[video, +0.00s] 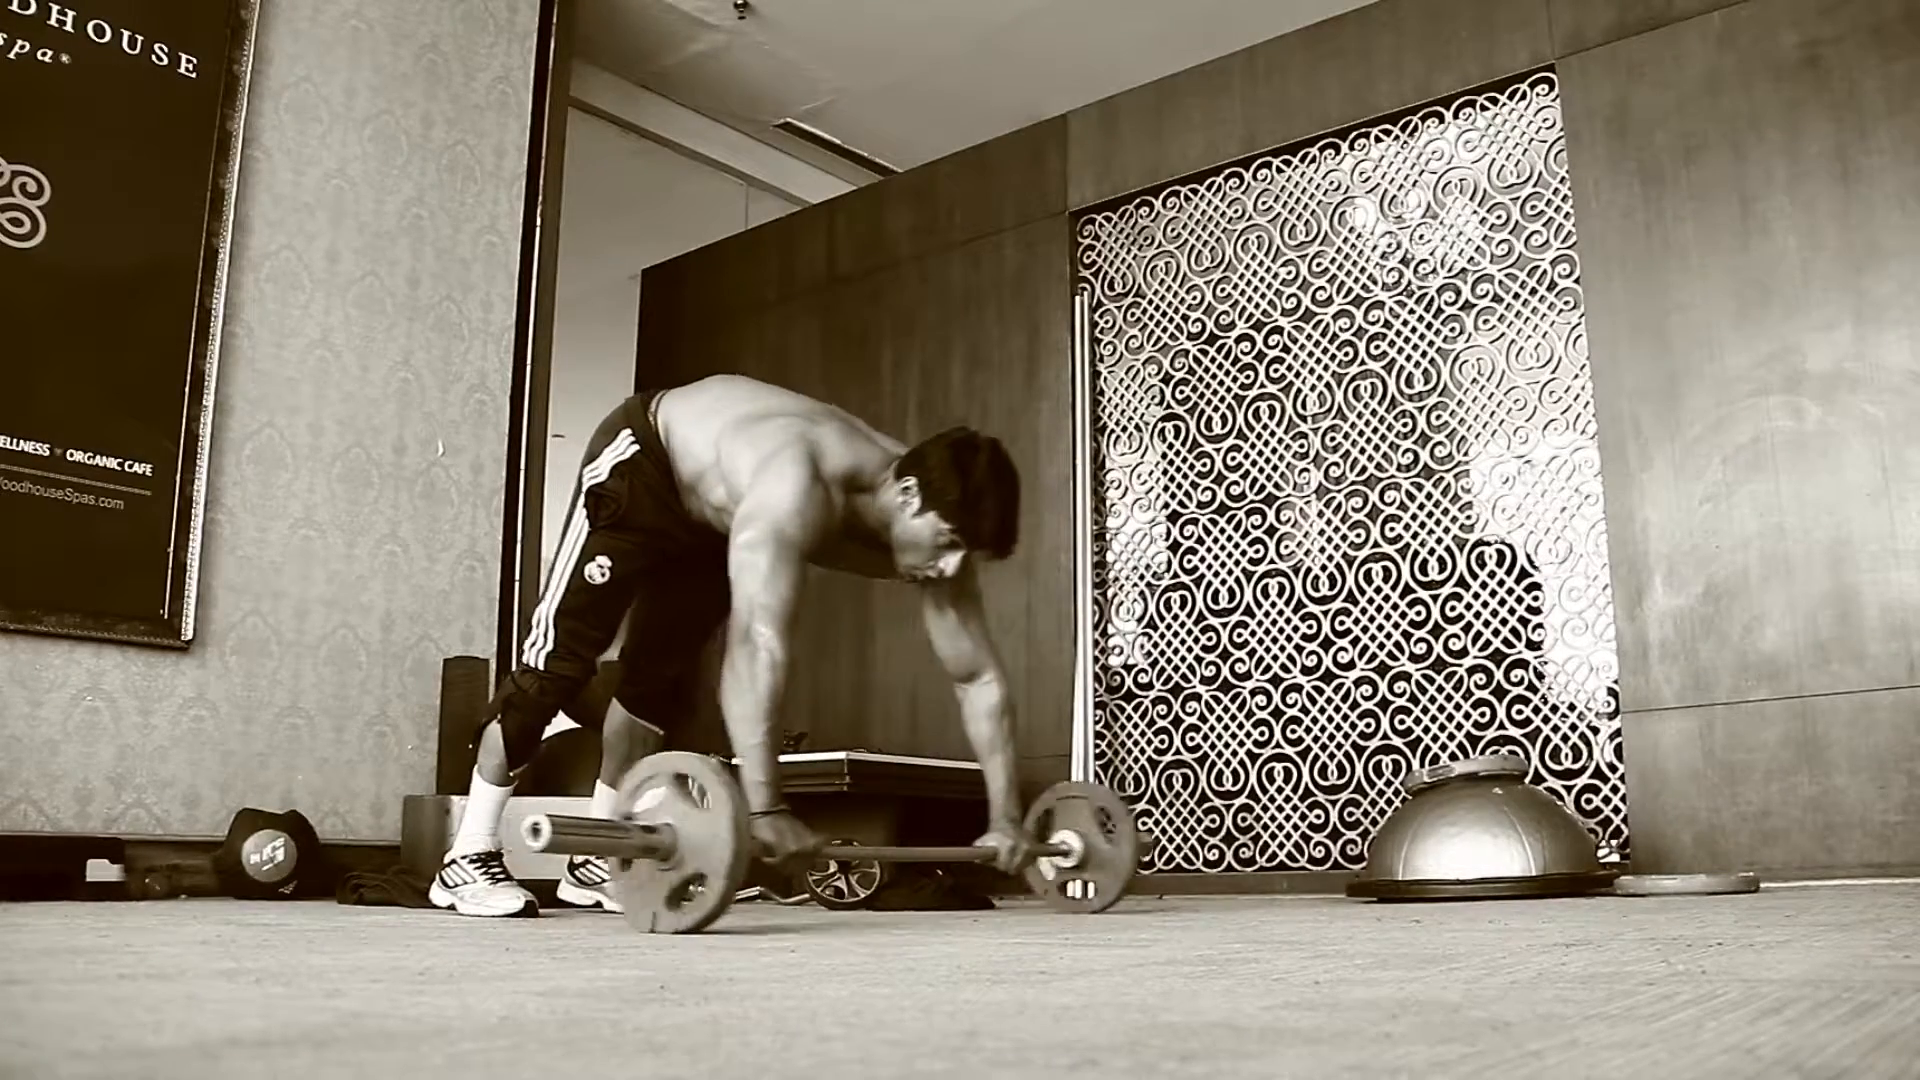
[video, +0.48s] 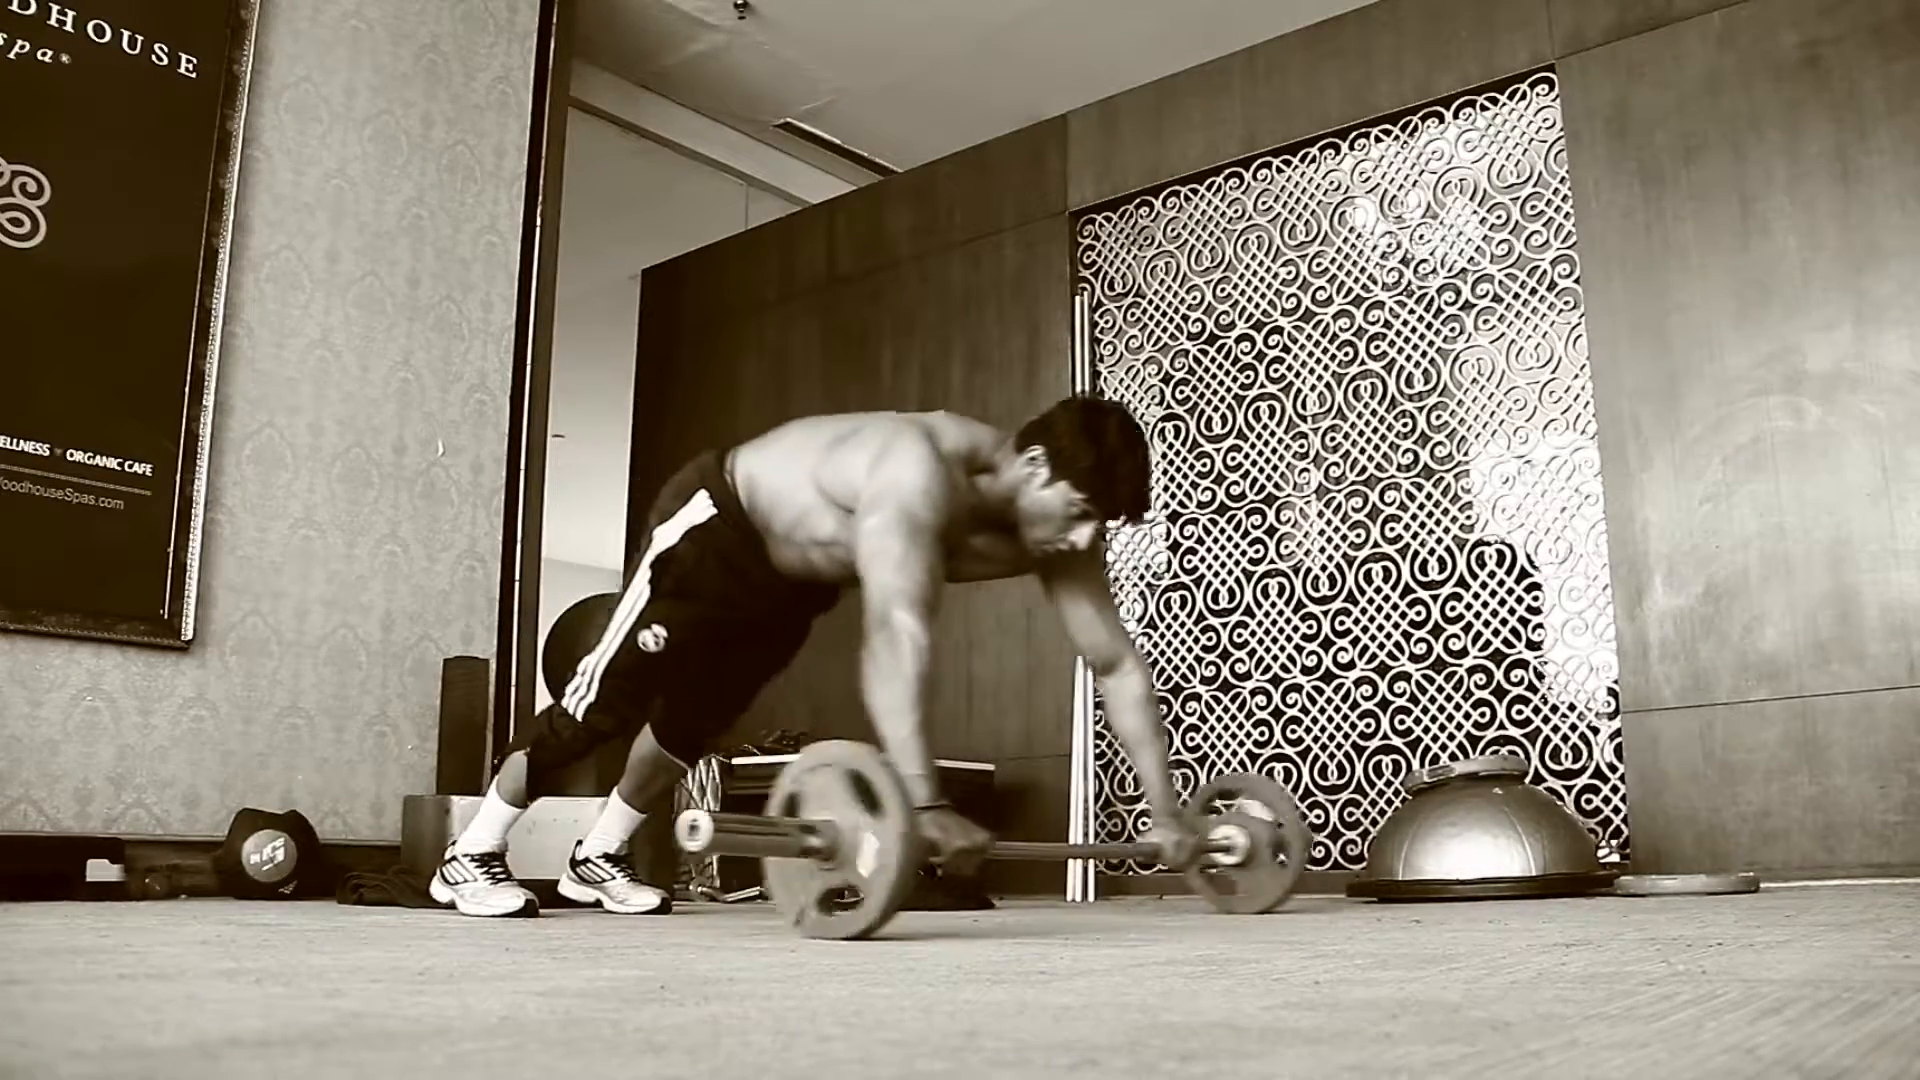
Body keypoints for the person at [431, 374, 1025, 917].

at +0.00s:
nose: (947, 568)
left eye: (964, 555)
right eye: (944, 544)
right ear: (906, 496)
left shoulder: (926, 518)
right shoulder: (792, 485)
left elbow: (978, 679)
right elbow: (756, 641)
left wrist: (1007, 818)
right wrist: (763, 806)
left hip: (720, 518)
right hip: (641, 467)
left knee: (654, 689)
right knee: (556, 668)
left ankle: (606, 855)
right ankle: (469, 858)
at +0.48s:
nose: (1083, 537)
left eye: (1097, 524)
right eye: (1079, 513)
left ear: (1088, 506)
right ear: (1030, 467)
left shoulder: (1048, 534)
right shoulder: (914, 469)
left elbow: (1118, 665)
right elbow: (895, 635)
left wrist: (1166, 808)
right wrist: (922, 803)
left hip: (799, 577)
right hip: (720, 523)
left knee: (690, 723)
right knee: (601, 697)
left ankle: (599, 854)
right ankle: (472, 853)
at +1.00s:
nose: (1209, 556)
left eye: (1227, 544)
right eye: (1212, 531)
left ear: (1204, 517)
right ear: (1168, 480)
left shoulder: (1165, 546)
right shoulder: (1055, 492)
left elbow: (1273, 666)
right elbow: (1067, 633)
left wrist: (1361, 795)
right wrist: (1146, 766)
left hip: (885, 670)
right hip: (820, 615)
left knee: (750, 772)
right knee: (659, 740)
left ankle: (614, 828)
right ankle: (495, 827)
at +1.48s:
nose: (1252, 625)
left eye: (1267, 615)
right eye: (1258, 601)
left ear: (1274, 586)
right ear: (1235, 543)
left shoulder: (1226, 586)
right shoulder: (1126, 531)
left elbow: (1359, 678)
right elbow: (1157, 651)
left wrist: (1466, 777)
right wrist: (1266, 740)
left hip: (933, 742)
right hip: (861, 690)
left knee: (774, 828)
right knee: (662, 795)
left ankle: (694, 857)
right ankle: (533, 817)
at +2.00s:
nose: (1254, 645)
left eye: (1270, 636)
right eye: (1259, 620)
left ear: (1283, 602)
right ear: (1239, 553)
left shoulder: (1232, 587)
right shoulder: (1133, 532)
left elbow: (1360, 678)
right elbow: (1163, 659)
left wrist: (1466, 775)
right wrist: (1293, 752)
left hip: (935, 741)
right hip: (867, 688)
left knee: (775, 826)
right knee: (667, 787)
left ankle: (660, 859)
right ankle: (506, 824)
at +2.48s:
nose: (1200, 577)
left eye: (1220, 566)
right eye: (1205, 557)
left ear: (1202, 518)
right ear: (1179, 497)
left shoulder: (1171, 525)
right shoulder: (1062, 475)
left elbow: (1265, 660)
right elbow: (1061, 619)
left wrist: (1347, 801)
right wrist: (1119, 762)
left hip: (876, 638)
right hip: (812, 600)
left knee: (749, 735)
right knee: (649, 734)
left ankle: (624, 818)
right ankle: (497, 818)